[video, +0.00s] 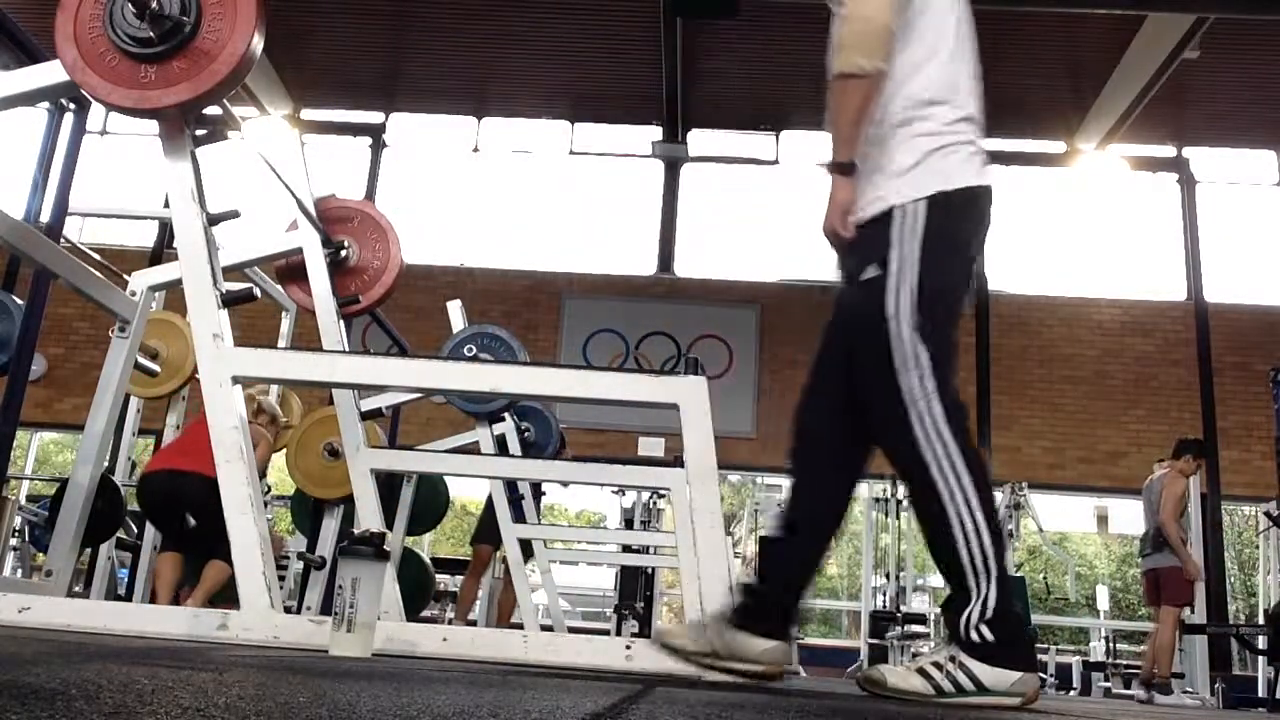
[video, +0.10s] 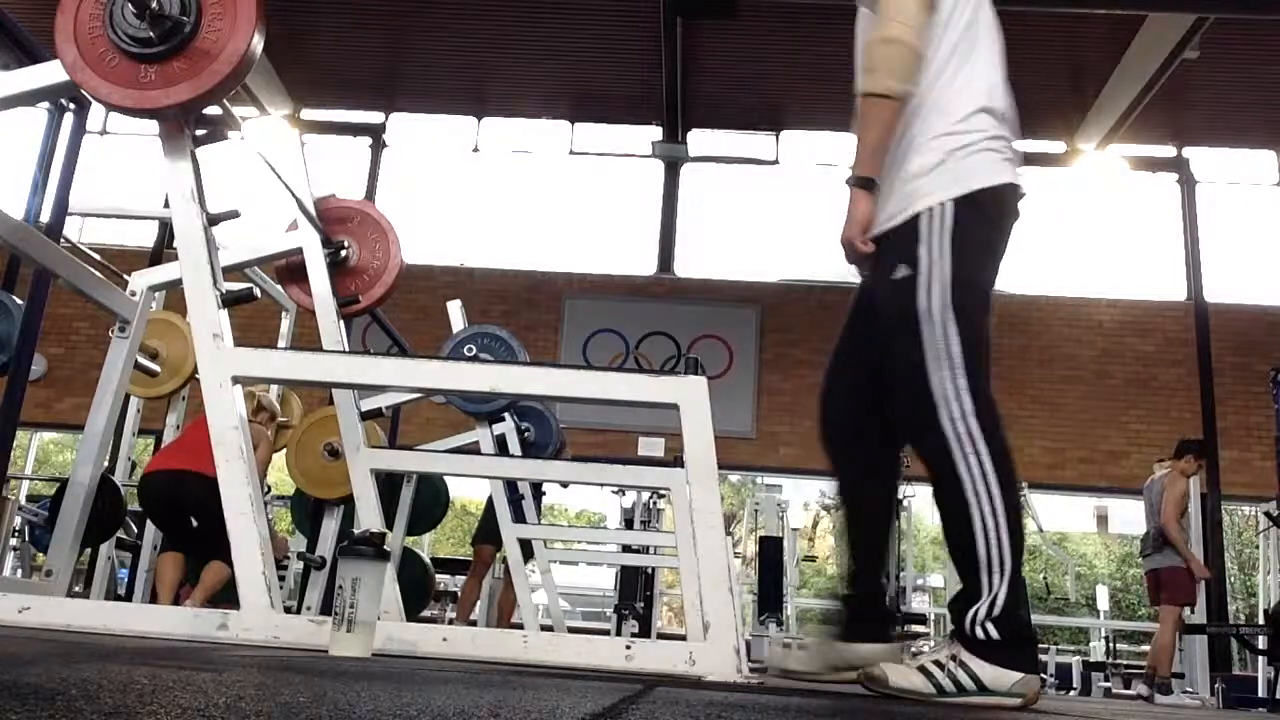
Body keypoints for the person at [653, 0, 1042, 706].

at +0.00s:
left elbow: (863, 32)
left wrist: (842, 167)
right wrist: (867, 182)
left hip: (921, 179)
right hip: (896, 188)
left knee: (912, 402)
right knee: (832, 415)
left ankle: (997, 649)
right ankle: (760, 624)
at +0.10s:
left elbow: (897, 37)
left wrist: (863, 182)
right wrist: (893, 195)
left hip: (948, 176)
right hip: (921, 187)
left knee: (948, 405)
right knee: (853, 410)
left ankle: (998, 648)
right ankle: (867, 625)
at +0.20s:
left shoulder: (937, 3)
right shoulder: (931, 12)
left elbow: (920, 54)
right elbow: (932, 72)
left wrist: (885, 195)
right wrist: (896, 205)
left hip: (970, 184)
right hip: (937, 196)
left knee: (958, 401)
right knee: (890, 414)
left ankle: (999, 650)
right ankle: (975, 632)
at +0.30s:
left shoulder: (945, 3)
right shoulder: (988, 18)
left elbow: (928, 66)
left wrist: (898, 205)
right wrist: (917, 213)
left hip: (969, 197)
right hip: (993, 199)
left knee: (964, 419)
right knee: (976, 419)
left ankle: (999, 648)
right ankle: (1033, 643)